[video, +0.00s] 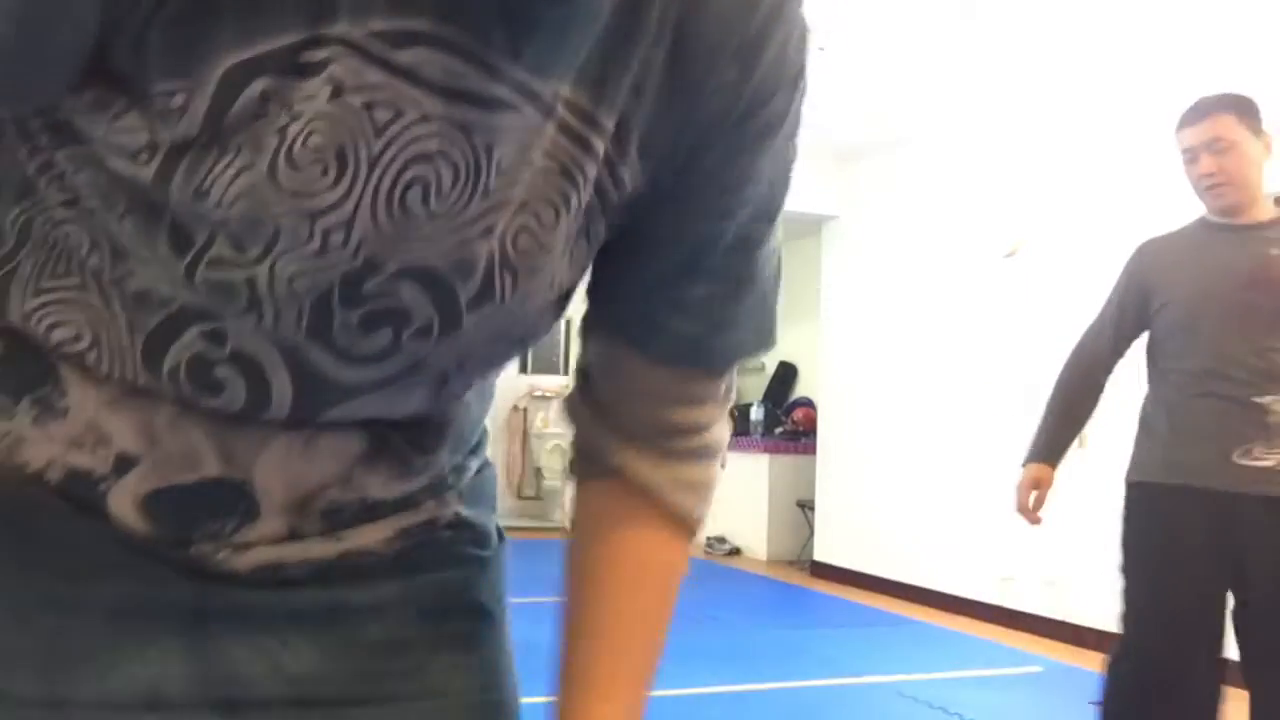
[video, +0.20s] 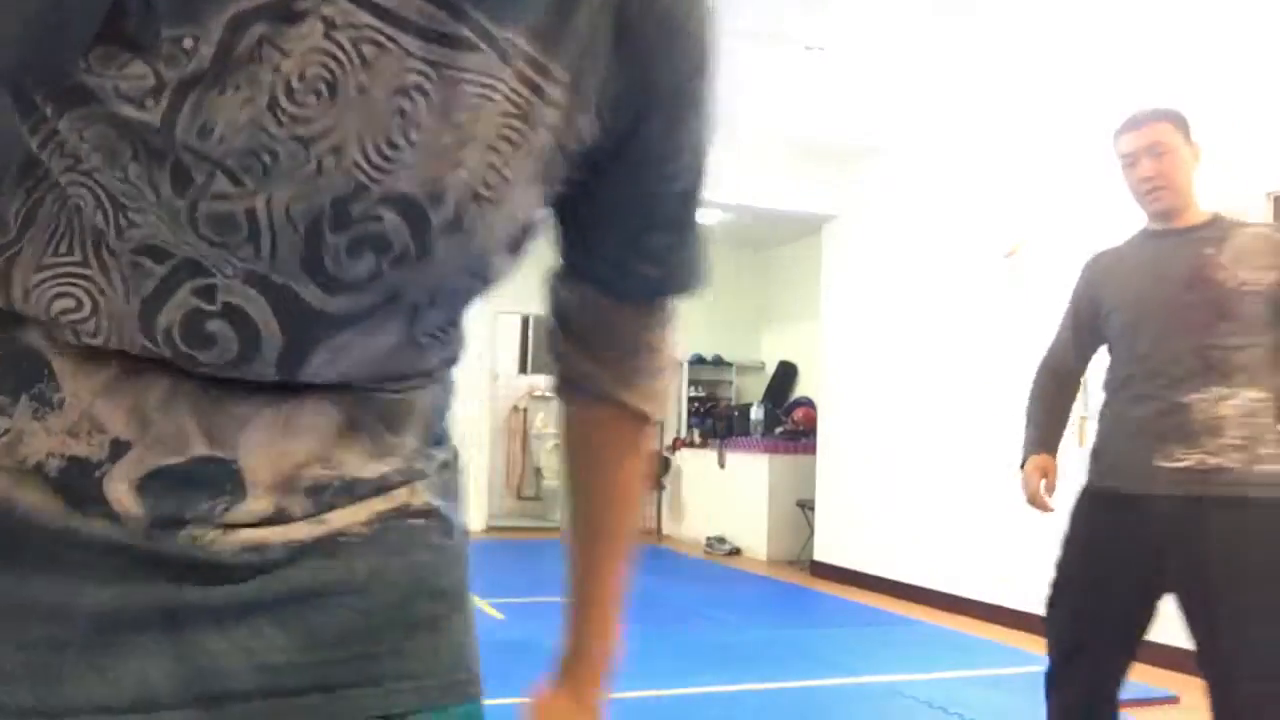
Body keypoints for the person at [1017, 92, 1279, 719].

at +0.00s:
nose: (1204, 167)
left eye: (1219, 149)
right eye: (1191, 156)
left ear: (1263, 148)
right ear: (1182, 167)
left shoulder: (1278, 245)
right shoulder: (1159, 258)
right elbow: (1092, 357)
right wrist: (1044, 454)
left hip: (1268, 497)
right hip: (1170, 493)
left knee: (1273, 672)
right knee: (1159, 673)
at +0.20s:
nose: (1145, 171)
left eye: (1158, 153)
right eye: (1130, 161)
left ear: (1193, 154)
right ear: (1121, 176)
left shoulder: (1261, 248)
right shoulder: (1106, 270)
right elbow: (1061, 365)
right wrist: (1041, 445)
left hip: (1241, 506)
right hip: (1122, 504)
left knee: (1253, 690)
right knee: (1078, 680)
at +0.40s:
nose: (1071, 183)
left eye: (1084, 167)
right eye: (1057, 174)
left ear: (1118, 170)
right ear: (1049, 189)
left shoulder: (1179, 256)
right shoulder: (1044, 279)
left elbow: (1251, 349)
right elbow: (1023, 372)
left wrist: (1209, 455)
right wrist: (1016, 450)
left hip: (1160, 514)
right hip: (1058, 517)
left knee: (1205, 687)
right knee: (1056, 687)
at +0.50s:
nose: (1046, 182)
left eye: (1060, 166)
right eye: (1033, 173)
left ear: (1094, 171)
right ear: (1025, 187)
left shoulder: (1148, 249)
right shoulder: (1025, 275)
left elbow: (1221, 342)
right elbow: (1010, 374)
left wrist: (1137, 415)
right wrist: (983, 467)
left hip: (1136, 500)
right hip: (1041, 500)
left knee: (1169, 677)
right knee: (1044, 676)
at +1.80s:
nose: (1071, 204)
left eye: (1083, 190)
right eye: (1071, 191)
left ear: (1130, 191)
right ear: (1112, 195)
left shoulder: (1182, 276)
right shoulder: (1089, 279)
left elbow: (1182, 397)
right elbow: (1083, 376)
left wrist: (1146, 494)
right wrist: (1069, 454)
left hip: (1173, 504)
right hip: (1089, 500)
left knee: (1172, 679)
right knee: (1077, 673)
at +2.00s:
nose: (1077, 214)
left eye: (1087, 200)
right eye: (1077, 201)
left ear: (1134, 199)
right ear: (1123, 202)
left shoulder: (1194, 276)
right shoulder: (1109, 272)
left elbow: (1245, 393)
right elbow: (1122, 385)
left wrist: (1238, 504)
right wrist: (1110, 478)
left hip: (1188, 509)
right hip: (1116, 503)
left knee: (1198, 685)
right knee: (1104, 675)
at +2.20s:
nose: (1093, 215)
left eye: (1103, 202)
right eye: (1093, 202)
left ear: (1150, 202)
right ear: (1138, 205)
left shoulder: (1205, 273)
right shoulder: (1121, 269)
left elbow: (1254, 371)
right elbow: (1126, 358)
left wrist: (1259, 467)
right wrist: (1097, 400)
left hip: (1193, 496)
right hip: (1122, 493)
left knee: (1193, 648)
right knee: (1124, 641)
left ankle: (1197, 717)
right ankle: (1130, 713)